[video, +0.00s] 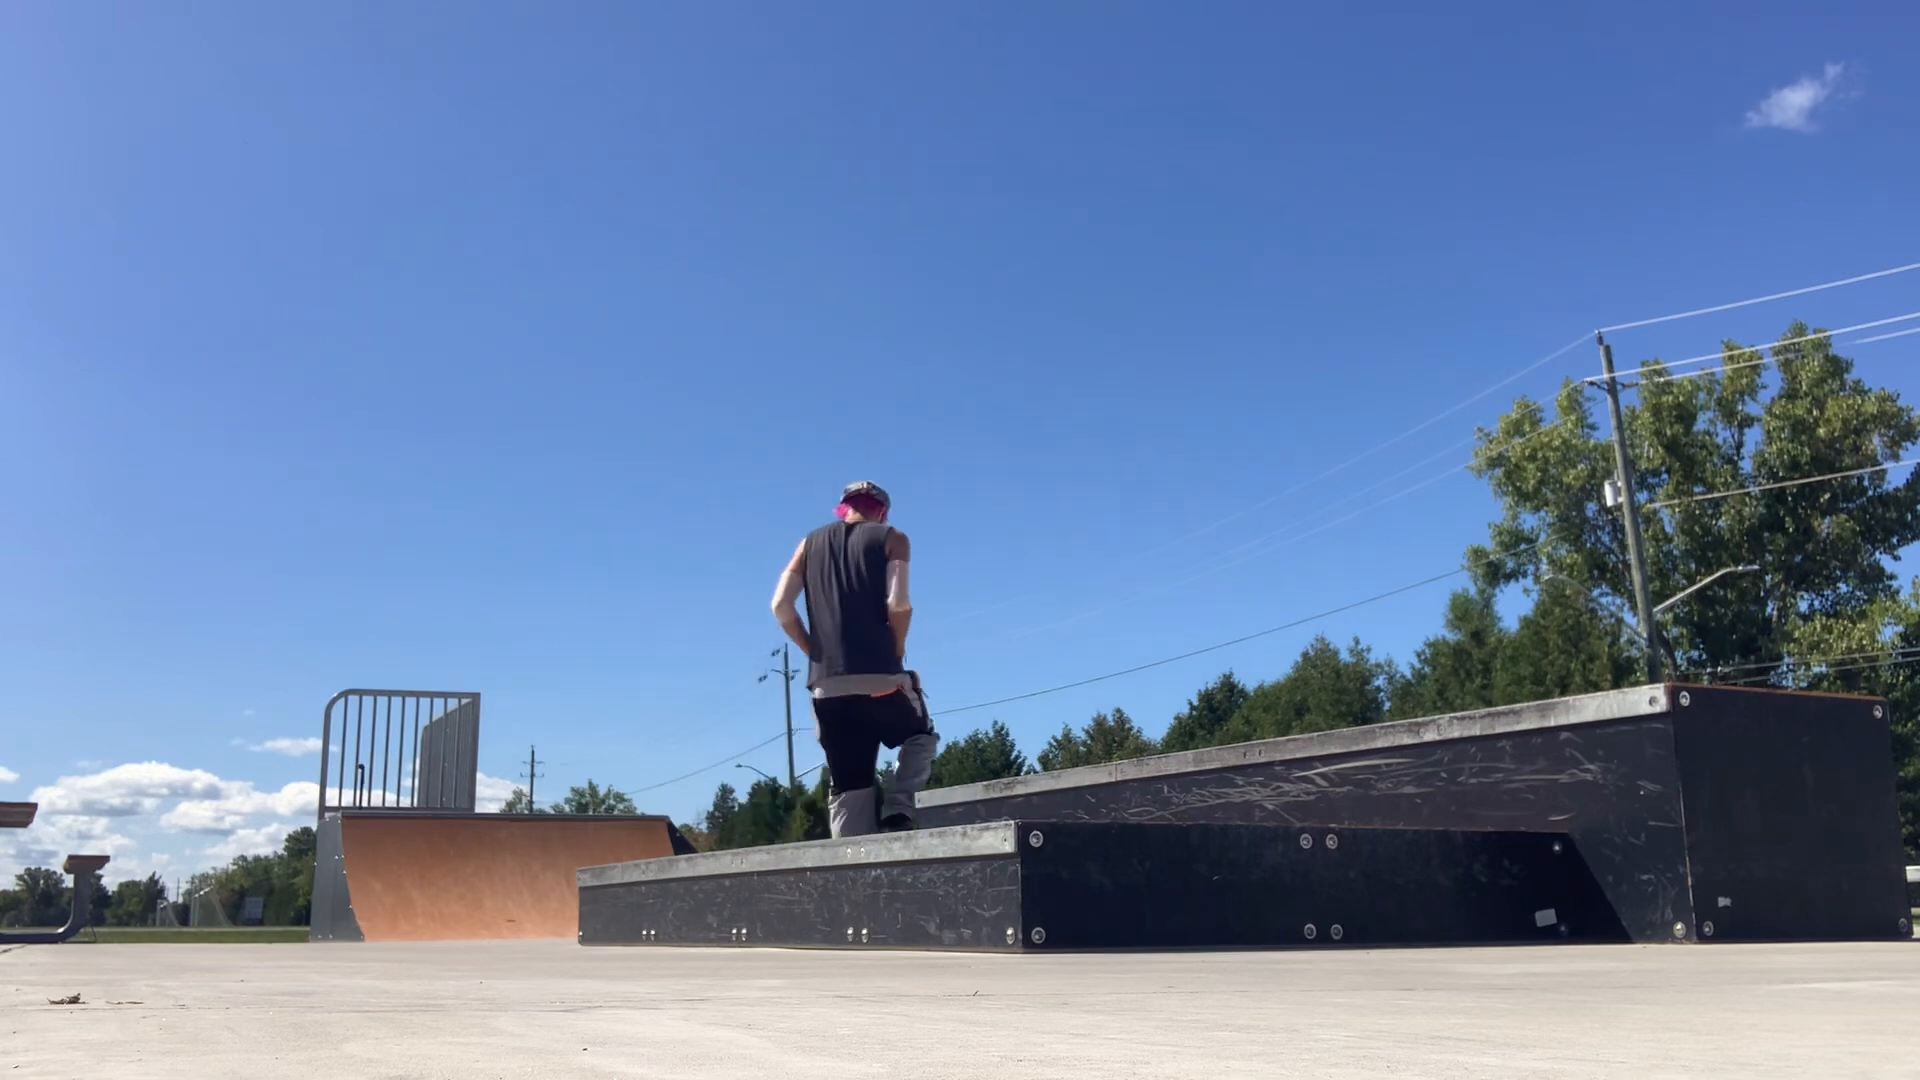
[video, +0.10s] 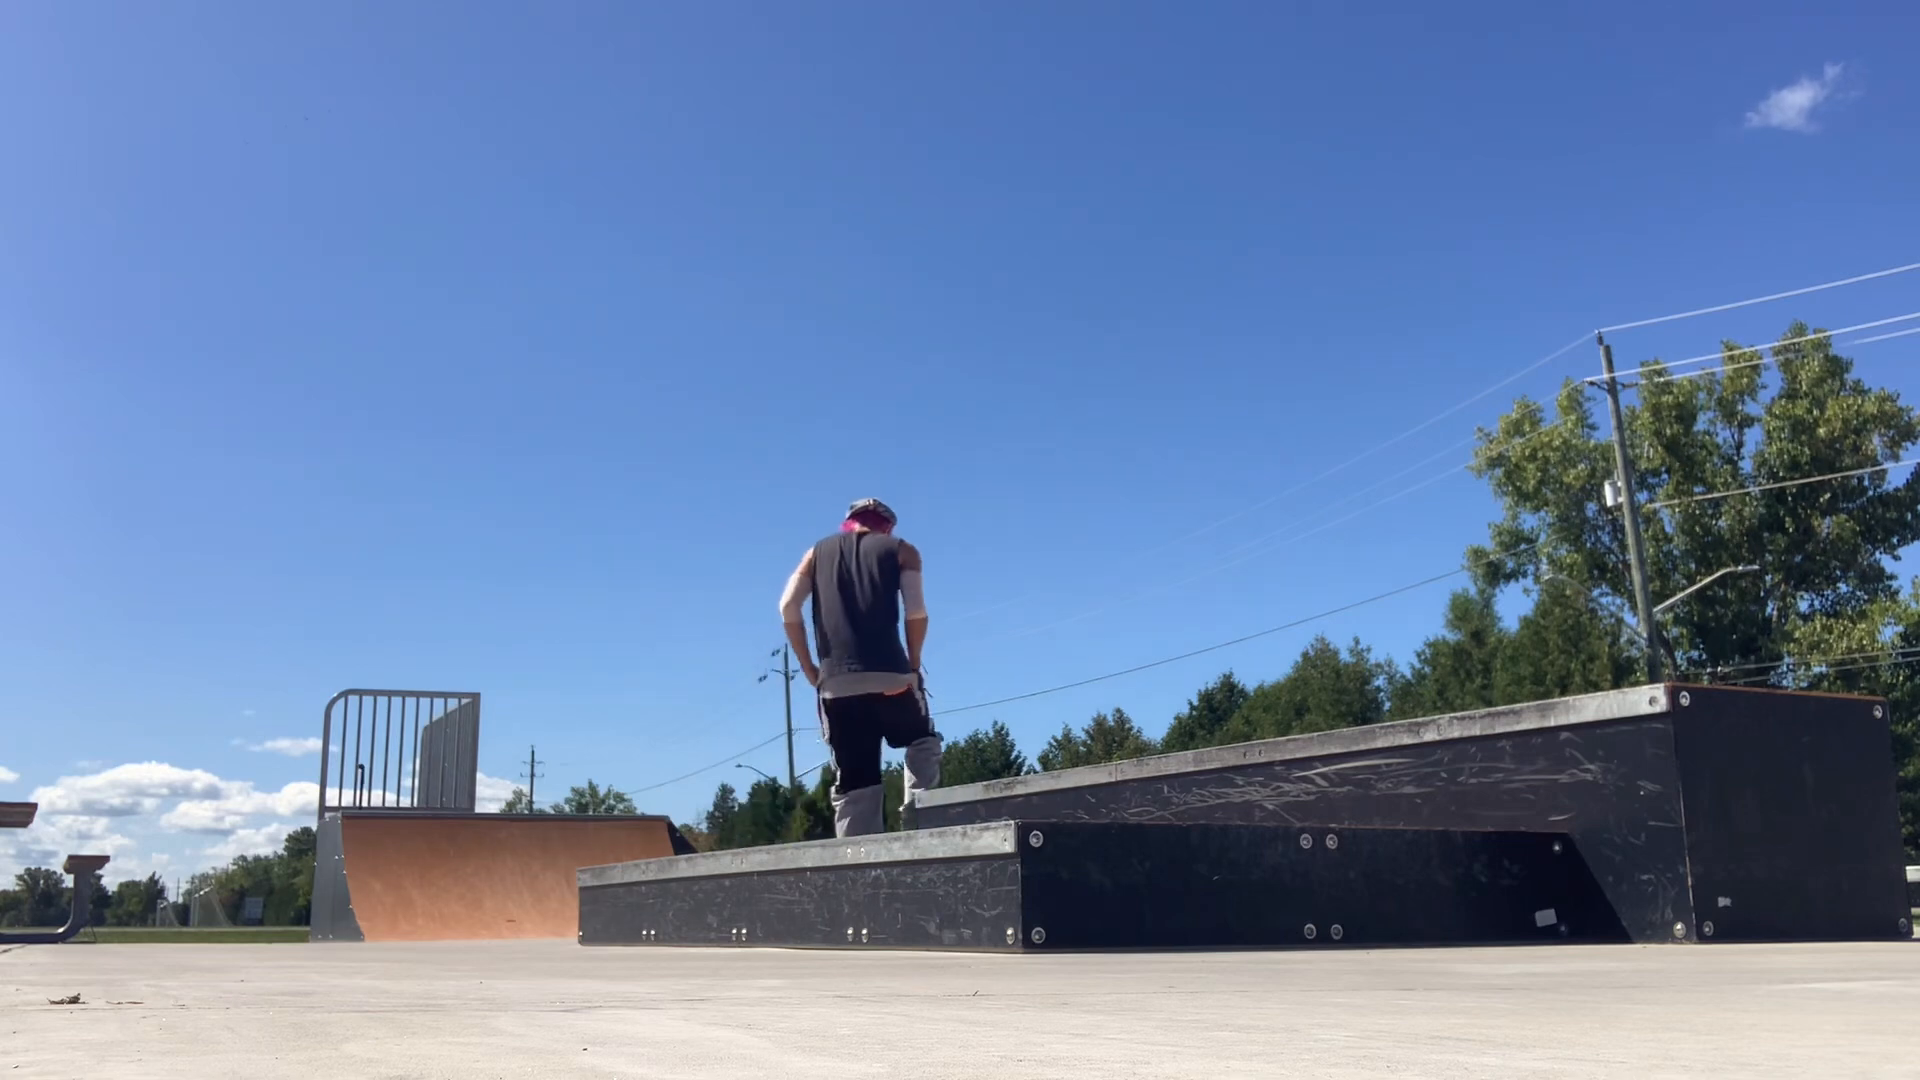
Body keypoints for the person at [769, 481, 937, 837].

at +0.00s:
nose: (886, 520)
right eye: (886, 515)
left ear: (841, 511)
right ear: (881, 511)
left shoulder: (810, 542)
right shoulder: (892, 538)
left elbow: (781, 606)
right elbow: (898, 604)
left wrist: (814, 651)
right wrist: (897, 653)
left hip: (828, 690)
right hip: (881, 685)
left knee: (848, 791)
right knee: (918, 737)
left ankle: (853, 885)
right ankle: (898, 811)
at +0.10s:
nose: (892, 532)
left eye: (892, 529)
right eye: (892, 527)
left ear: (847, 525)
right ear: (885, 524)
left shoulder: (818, 552)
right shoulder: (901, 549)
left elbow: (788, 608)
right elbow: (916, 614)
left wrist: (809, 669)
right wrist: (914, 663)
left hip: (838, 691)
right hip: (892, 684)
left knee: (855, 790)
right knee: (921, 742)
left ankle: (857, 882)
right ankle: (917, 818)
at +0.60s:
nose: (852, 539)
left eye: (854, 536)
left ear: (858, 534)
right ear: (896, 537)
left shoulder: (843, 550)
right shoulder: (921, 570)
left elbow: (832, 584)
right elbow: (930, 641)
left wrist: (794, 633)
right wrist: (949, 708)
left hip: (849, 696)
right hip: (902, 698)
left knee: (845, 797)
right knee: (902, 800)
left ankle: (842, 879)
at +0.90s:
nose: (805, 550)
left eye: (805, 546)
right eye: (806, 547)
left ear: (812, 542)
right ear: (850, 540)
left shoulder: (808, 562)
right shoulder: (882, 578)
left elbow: (812, 608)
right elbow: (898, 646)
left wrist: (786, 665)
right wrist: (930, 707)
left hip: (822, 721)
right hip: (877, 720)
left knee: (800, 825)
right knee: (897, 819)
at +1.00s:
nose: (778, 548)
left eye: (778, 543)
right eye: (778, 543)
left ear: (787, 539)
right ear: (823, 539)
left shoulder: (783, 563)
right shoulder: (855, 577)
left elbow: (786, 616)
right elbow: (877, 650)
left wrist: (759, 674)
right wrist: (912, 709)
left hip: (796, 720)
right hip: (851, 718)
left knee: (782, 814)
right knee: (875, 810)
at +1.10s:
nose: (754, 542)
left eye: (755, 535)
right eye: (752, 536)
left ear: (767, 532)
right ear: (797, 533)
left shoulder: (763, 561)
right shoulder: (834, 576)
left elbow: (755, 619)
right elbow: (852, 652)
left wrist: (722, 671)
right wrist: (881, 714)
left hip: (779, 712)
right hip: (826, 713)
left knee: (772, 810)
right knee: (826, 798)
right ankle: (879, 858)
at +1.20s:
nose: (733, 540)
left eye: (735, 532)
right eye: (733, 533)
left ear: (750, 527)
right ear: (776, 530)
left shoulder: (746, 558)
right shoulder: (813, 573)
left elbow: (727, 618)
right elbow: (827, 648)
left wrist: (686, 658)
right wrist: (853, 714)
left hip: (763, 707)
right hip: (808, 710)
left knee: (764, 805)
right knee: (796, 794)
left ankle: (784, 892)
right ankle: (829, 871)